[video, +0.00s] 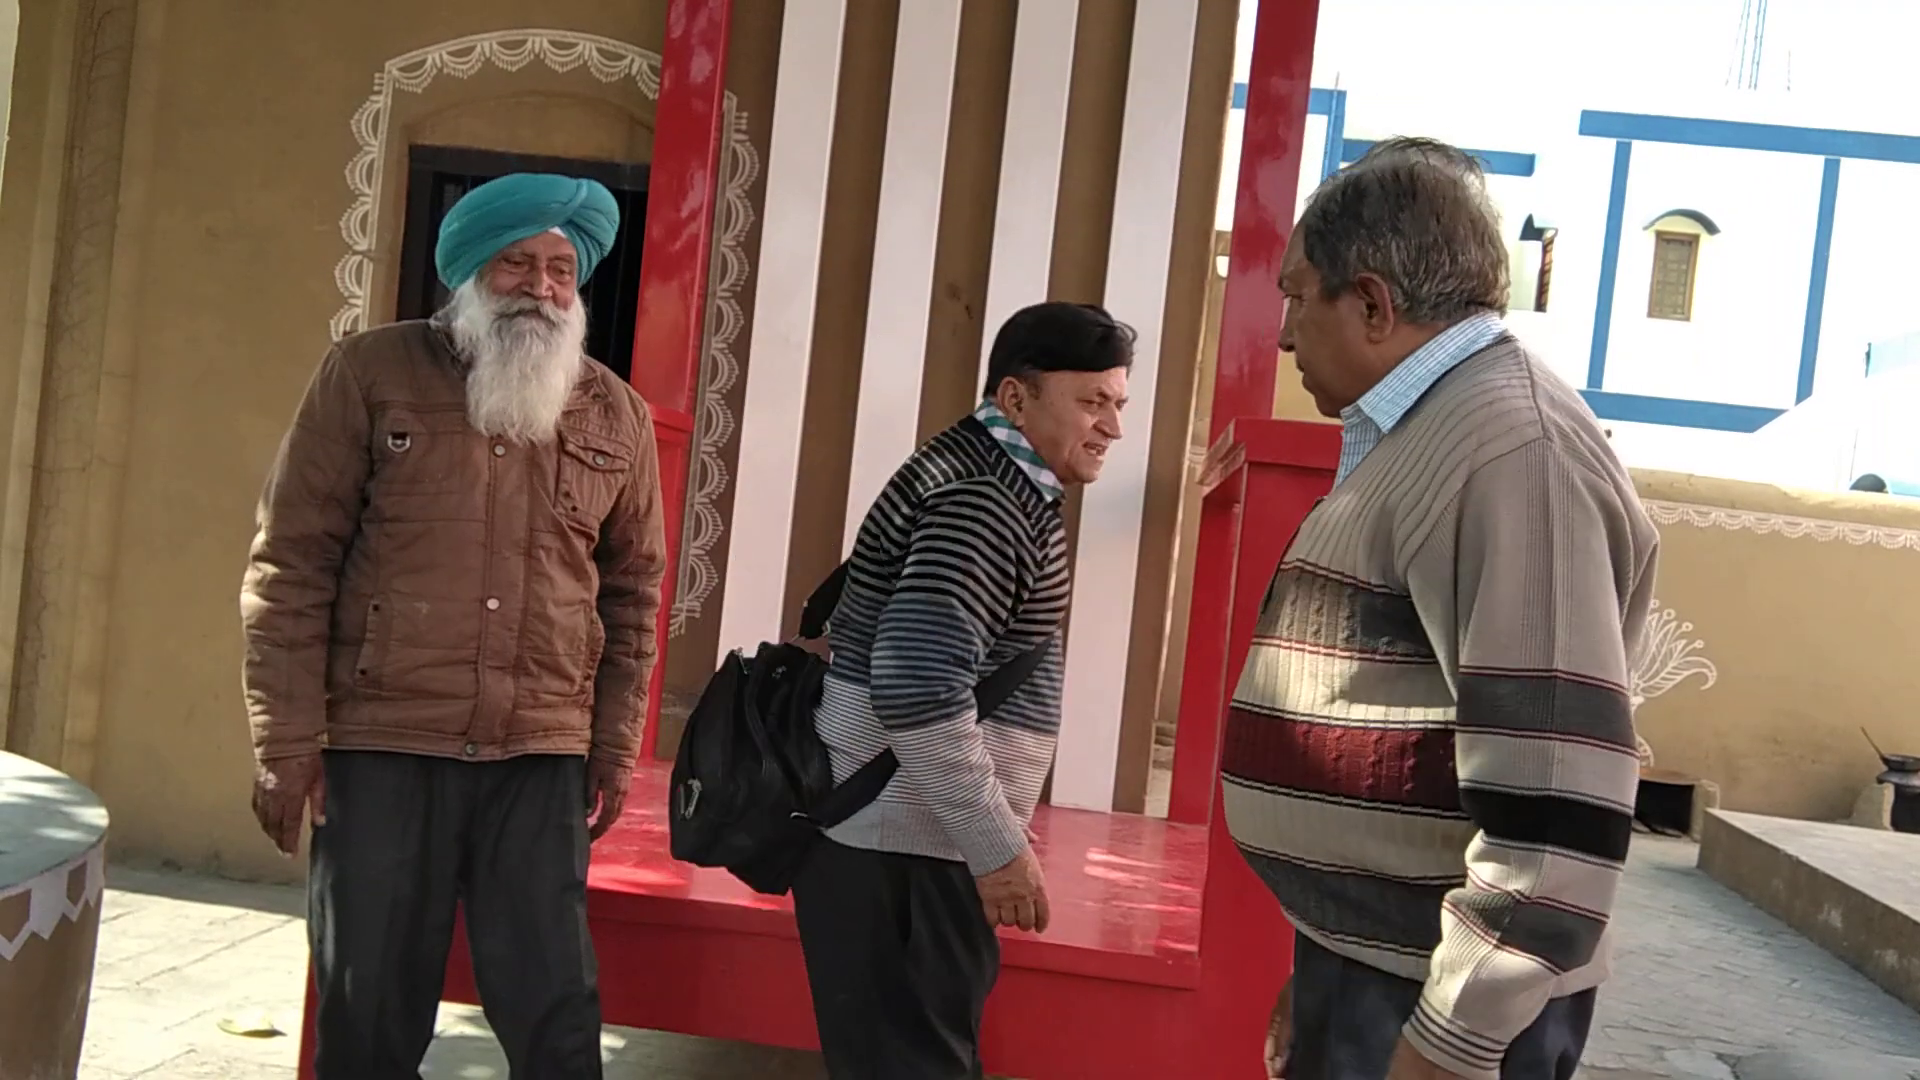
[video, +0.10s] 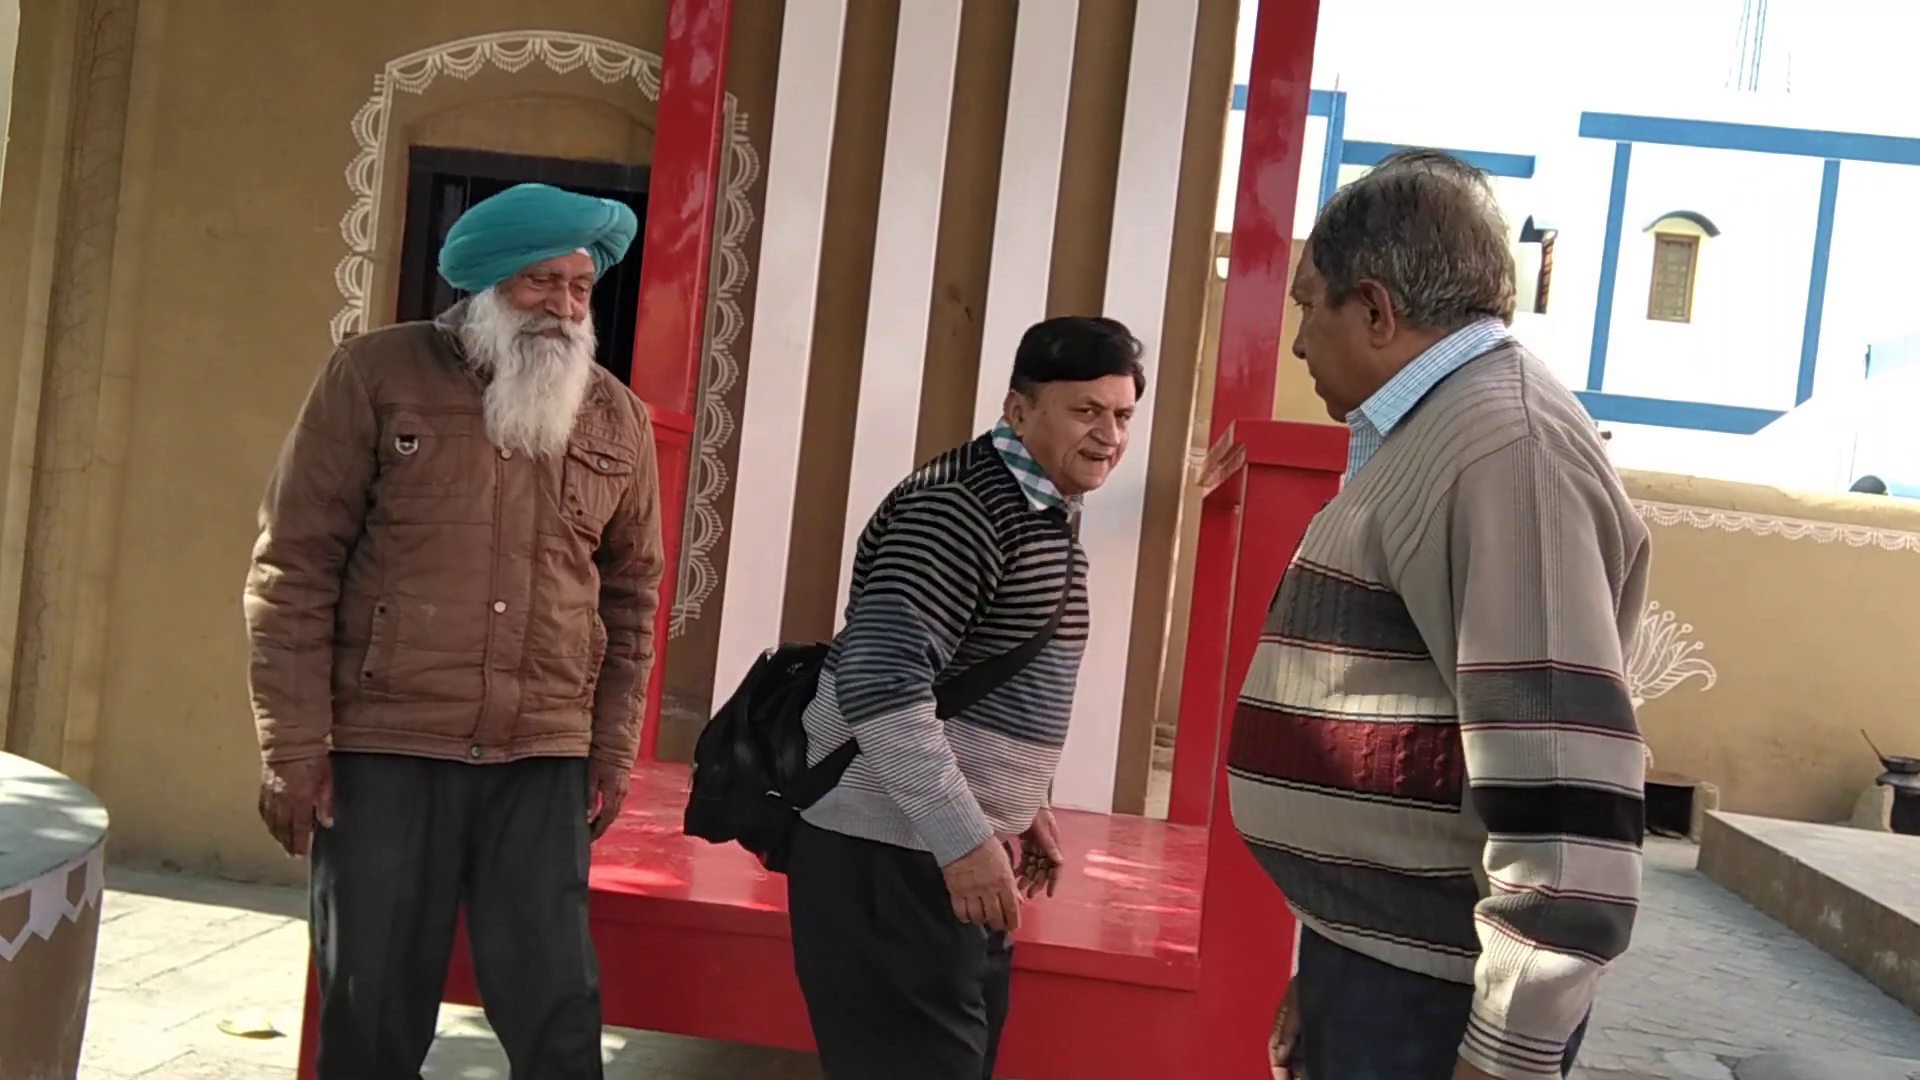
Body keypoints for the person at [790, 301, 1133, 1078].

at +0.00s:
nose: (1110, 423)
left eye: (1117, 406)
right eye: (1092, 401)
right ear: (1019, 395)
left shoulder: (1005, 480)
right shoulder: (985, 491)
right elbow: (918, 682)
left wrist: (1169, 492)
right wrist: (997, 848)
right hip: (898, 864)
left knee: (919, 1061)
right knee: (914, 1064)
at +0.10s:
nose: (1109, 435)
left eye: (1122, 416)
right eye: (1086, 411)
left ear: (1133, 421)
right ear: (1021, 407)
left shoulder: (1048, 515)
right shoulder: (959, 504)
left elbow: (990, 677)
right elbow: (876, 683)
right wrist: (961, 838)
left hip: (962, 866)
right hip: (887, 862)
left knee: (961, 1060)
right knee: (916, 1064)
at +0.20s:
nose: (1101, 437)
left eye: (1119, 418)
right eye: (1078, 411)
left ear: (1133, 425)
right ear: (1023, 405)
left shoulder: (1085, 533)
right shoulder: (938, 500)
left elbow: (1066, 678)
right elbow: (850, 656)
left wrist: (1066, 801)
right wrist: (909, 808)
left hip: (987, 843)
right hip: (866, 826)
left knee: (974, 1050)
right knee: (901, 1046)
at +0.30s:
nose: (1063, 427)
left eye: (1086, 409)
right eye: (1042, 403)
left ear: (1109, 418)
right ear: (1003, 401)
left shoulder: (1094, 528)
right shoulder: (919, 492)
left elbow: (1095, 683)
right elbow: (813, 630)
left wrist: (1094, 806)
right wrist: (839, 773)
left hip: (995, 854)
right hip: (866, 837)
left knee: (969, 1063)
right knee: (853, 1060)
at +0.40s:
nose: (1015, 423)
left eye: (1041, 406)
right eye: (998, 400)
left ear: (1079, 418)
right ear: (971, 398)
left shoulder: (1089, 531)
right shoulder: (888, 491)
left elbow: (1108, 677)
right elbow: (777, 615)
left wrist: (1115, 806)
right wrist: (761, 736)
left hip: (989, 850)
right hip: (838, 832)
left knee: (965, 1066)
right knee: (804, 1062)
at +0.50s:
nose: (969, 427)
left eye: (995, 409)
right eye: (954, 404)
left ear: (1043, 418)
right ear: (932, 401)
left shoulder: (1070, 525)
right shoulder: (859, 490)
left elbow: (1118, 664)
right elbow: (763, 605)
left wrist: (1138, 794)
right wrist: (689, 707)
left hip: (982, 841)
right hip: (827, 826)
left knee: (964, 1065)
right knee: (792, 1058)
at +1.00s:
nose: (884, 506)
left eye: (908, 491)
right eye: (874, 484)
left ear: (966, 489)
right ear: (859, 474)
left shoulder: (1022, 576)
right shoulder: (814, 554)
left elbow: (1124, 698)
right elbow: (709, 651)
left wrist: (1181, 819)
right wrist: (605, 683)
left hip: (968, 851)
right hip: (812, 836)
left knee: (988, 1024)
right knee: (756, 1009)